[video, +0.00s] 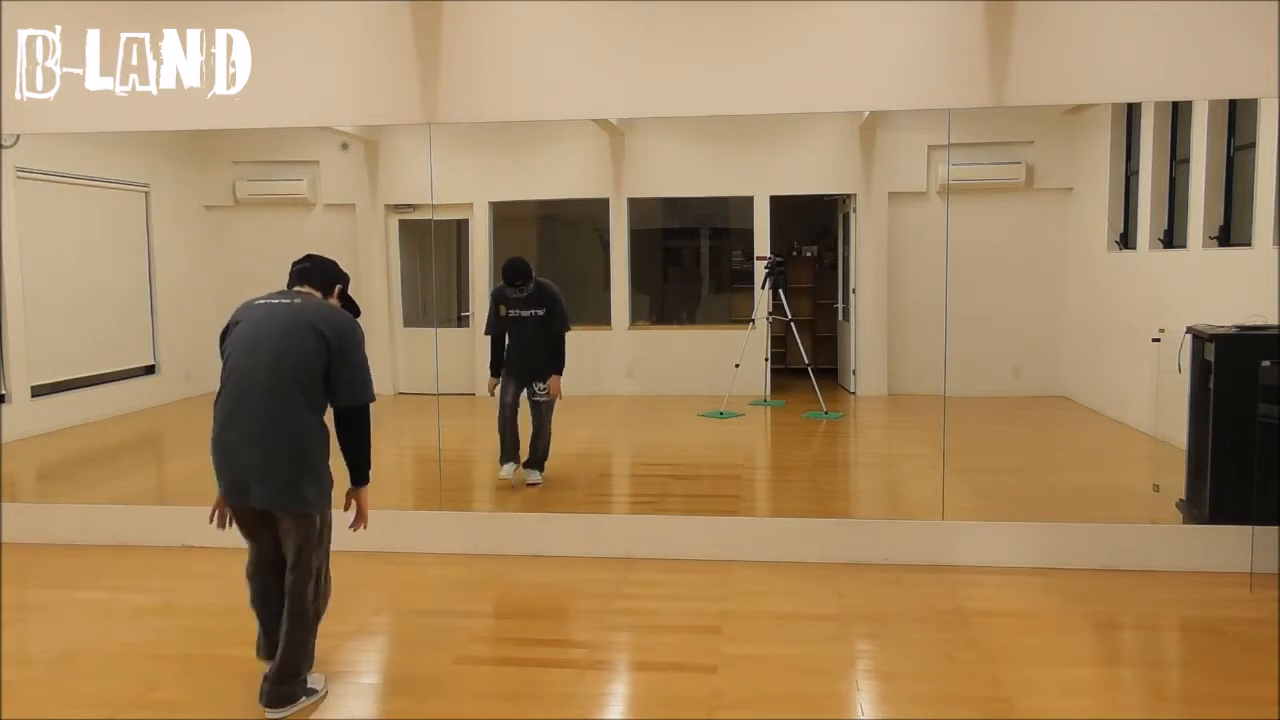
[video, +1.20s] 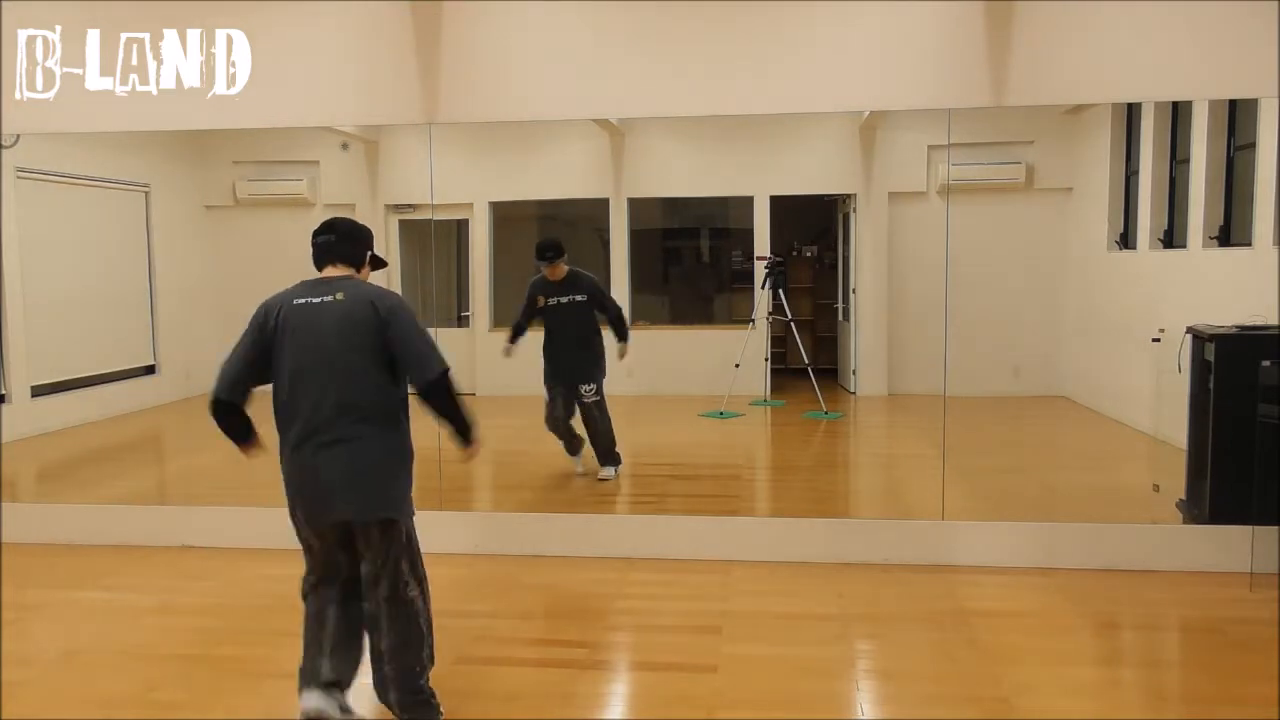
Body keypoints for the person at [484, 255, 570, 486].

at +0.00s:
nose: (520, 292)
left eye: (524, 288)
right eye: (515, 289)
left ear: (531, 279)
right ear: (507, 283)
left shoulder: (549, 293)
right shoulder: (500, 295)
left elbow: (559, 336)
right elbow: (497, 337)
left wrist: (557, 374)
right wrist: (495, 373)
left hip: (544, 364)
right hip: (515, 362)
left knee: (542, 420)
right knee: (506, 407)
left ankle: (535, 467)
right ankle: (509, 460)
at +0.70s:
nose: (516, 291)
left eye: (519, 286)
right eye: (511, 287)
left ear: (528, 277)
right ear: (505, 280)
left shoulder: (547, 295)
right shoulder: (503, 294)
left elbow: (556, 334)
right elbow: (501, 333)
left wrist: (548, 365)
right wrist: (493, 361)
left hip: (536, 368)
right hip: (509, 366)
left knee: (520, 420)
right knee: (501, 419)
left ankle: (532, 451)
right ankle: (506, 469)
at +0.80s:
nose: (522, 285)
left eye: (525, 280)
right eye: (517, 281)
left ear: (535, 271)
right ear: (511, 275)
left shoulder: (553, 287)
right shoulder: (507, 289)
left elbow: (575, 317)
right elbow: (499, 315)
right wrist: (483, 327)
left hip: (546, 356)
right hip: (517, 355)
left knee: (541, 411)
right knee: (500, 414)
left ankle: (556, 443)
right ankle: (505, 469)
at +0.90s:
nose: (528, 272)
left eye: (532, 266)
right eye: (524, 267)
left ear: (542, 259)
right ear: (518, 263)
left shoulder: (564, 279)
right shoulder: (514, 282)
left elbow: (592, 296)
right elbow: (493, 300)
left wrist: (600, 302)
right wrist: (472, 306)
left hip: (555, 362)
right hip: (524, 361)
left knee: (566, 415)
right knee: (509, 414)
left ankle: (589, 452)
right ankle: (506, 469)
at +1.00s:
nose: (537, 268)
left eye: (541, 262)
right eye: (532, 263)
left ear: (550, 255)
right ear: (526, 260)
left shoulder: (571, 275)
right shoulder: (521, 282)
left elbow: (605, 286)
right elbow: (490, 298)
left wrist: (633, 297)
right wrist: (459, 306)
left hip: (569, 358)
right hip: (537, 358)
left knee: (585, 412)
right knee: (520, 409)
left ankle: (608, 462)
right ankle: (512, 466)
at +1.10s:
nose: (544, 271)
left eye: (547, 266)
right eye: (539, 267)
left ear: (557, 261)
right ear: (533, 265)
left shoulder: (579, 281)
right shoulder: (530, 288)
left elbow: (609, 300)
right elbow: (505, 309)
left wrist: (638, 314)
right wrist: (473, 319)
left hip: (582, 359)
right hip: (551, 360)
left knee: (590, 414)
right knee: (533, 408)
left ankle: (610, 461)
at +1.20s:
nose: (551, 271)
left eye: (555, 265)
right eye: (546, 267)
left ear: (564, 260)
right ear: (540, 265)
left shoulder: (585, 283)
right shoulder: (538, 287)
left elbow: (611, 309)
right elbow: (526, 316)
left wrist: (622, 338)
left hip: (587, 357)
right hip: (556, 359)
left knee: (592, 411)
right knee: (555, 418)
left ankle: (609, 461)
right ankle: (576, 447)